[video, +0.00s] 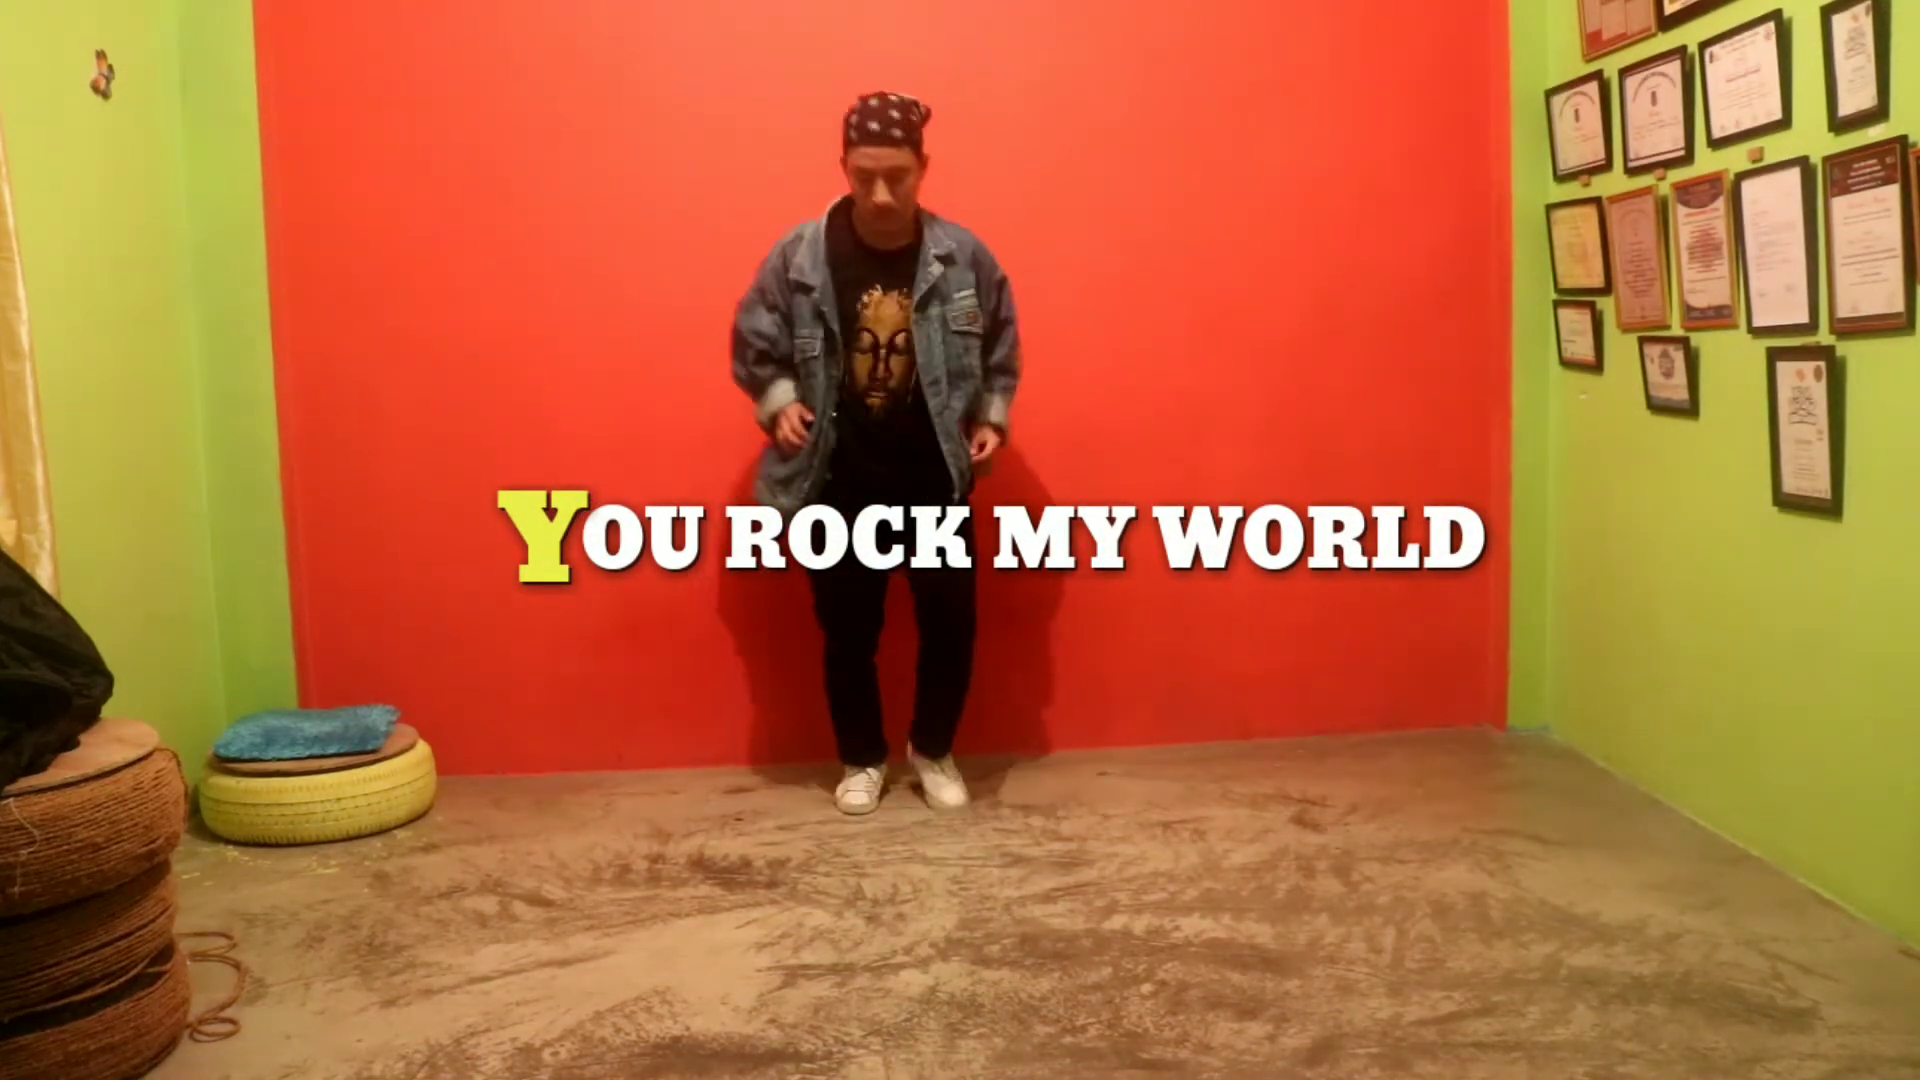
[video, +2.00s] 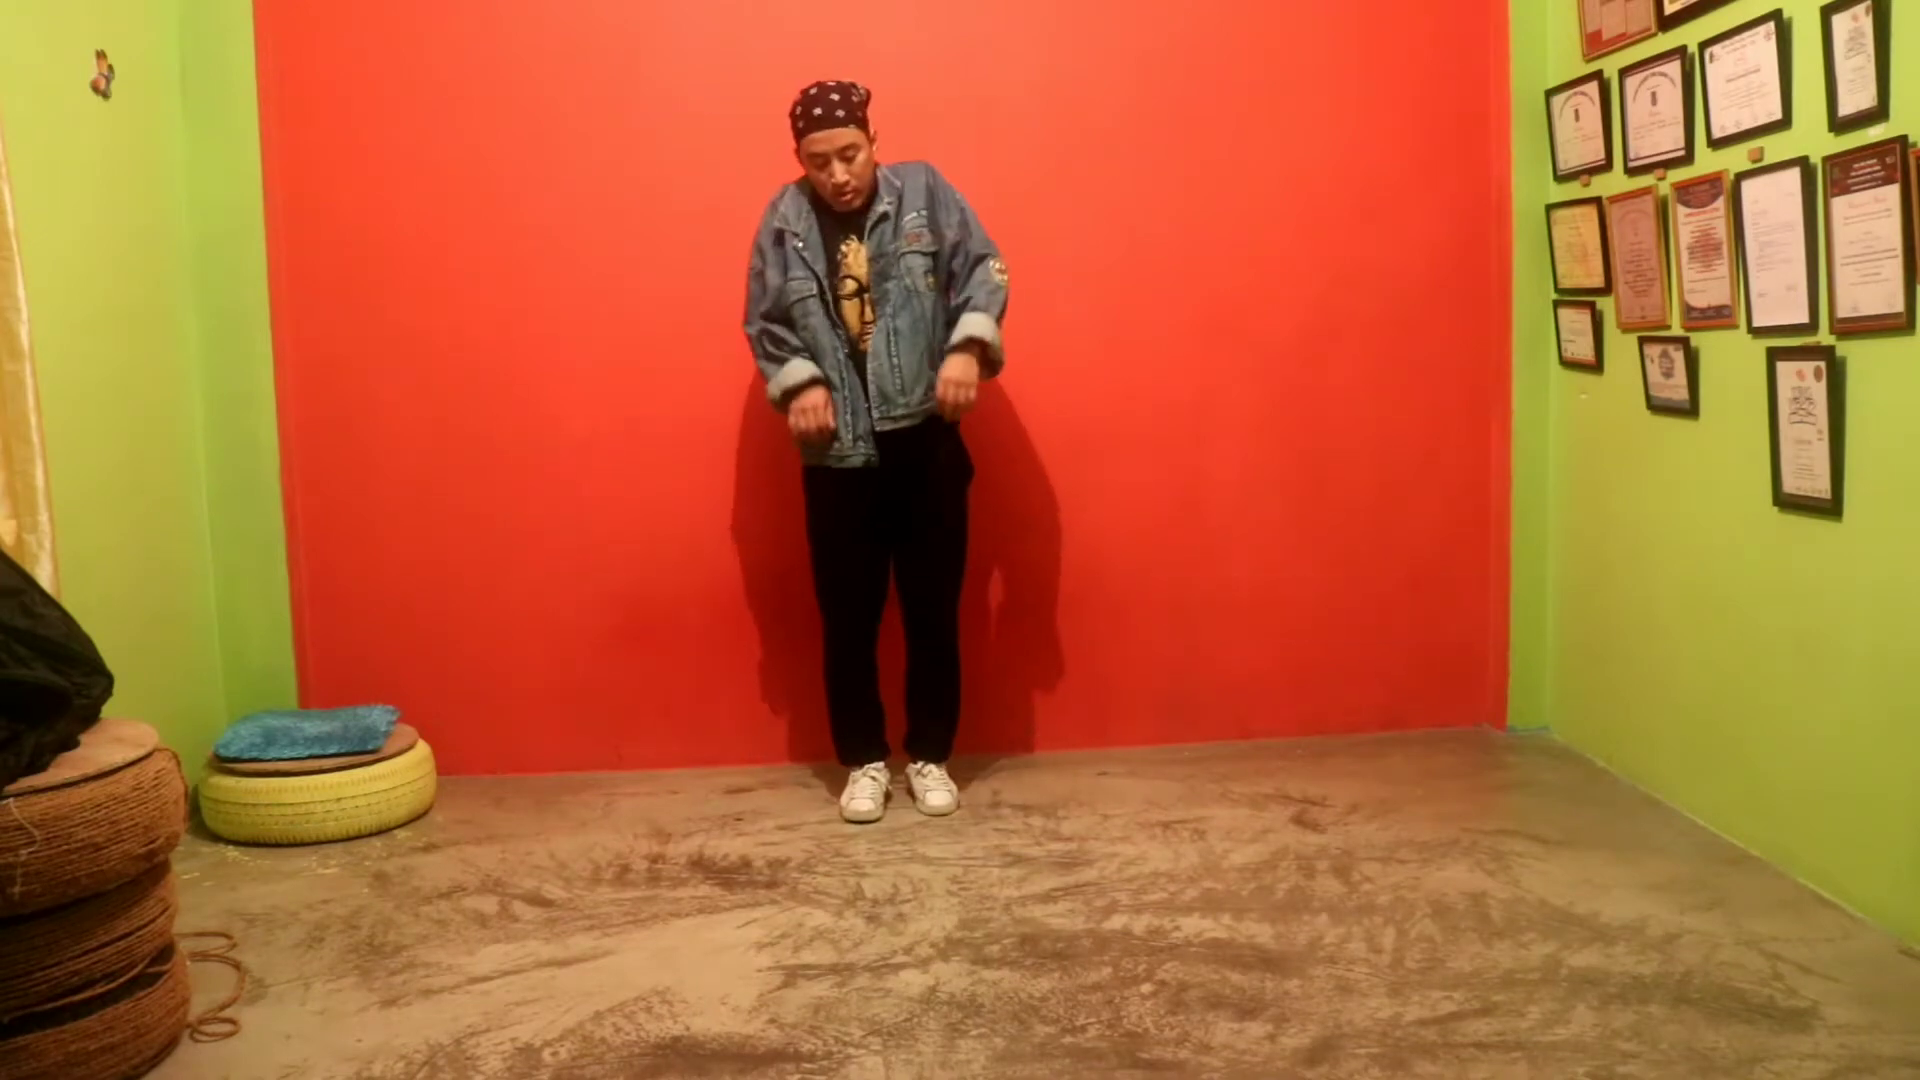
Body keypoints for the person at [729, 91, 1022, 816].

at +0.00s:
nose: (881, 193)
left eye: (896, 176)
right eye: (866, 176)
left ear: (922, 171)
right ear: (846, 172)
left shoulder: (963, 256)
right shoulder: (800, 256)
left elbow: (1001, 342)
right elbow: (754, 338)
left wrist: (991, 413)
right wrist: (777, 400)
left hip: (933, 472)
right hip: (838, 472)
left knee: (950, 619)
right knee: (849, 627)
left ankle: (932, 753)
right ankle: (862, 762)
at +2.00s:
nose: (838, 174)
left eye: (849, 154)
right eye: (821, 161)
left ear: (873, 143)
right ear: (800, 161)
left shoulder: (923, 191)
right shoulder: (783, 223)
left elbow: (982, 272)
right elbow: (767, 321)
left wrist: (965, 350)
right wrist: (799, 383)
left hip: (928, 442)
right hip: (838, 456)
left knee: (933, 610)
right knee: (849, 616)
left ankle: (929, 759)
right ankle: (865, 764)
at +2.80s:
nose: (882, 232)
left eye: (893, 213)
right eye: (864, 218)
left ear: (913, 206)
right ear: (840, 217)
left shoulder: (959, 289)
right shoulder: (803, 305)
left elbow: (1013, 366)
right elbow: (779, 397)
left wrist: (986, 413)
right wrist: (816, 452)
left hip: (943, 502)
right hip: (846, 506)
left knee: (984, 625)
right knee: (811, 629)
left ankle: (929, 760)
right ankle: (855, 760)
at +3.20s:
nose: (878, 299)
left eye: (891, 283)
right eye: (864, 286)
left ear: (911, 266)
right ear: (840, 271)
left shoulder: (947, 297)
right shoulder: (805, 318)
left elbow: (964, 395)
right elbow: (809, 412)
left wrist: (962, 375)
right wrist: (815, 387)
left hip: (937, 514)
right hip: (847, 520)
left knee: (978, 639)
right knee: (828, 647)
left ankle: (927, 764)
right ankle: (858, 768)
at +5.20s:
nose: (878, 204)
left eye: (890, 190)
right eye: (864, 191)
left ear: (912, 173)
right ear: (838, 175)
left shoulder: (954, 221)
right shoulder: (798, 234)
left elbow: (968, 324)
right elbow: (795, 344)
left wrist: (915, 378)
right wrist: (852, 402)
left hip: (929, 458)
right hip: (836, 461)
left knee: (927, 609)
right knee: (847, 610)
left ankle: (920, 756)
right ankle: (861, 760)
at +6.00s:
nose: (837, 206)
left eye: (852, 190)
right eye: (824, 189)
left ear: (885, 175)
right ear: (807, 178)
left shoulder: (946, 231)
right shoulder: (800, 235)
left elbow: (1007, 316)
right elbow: (763, 304)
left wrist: (941, 322)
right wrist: (792, 316)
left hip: (933, 446)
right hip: (842, 447)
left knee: (928, 606)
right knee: (849, 607)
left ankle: (921, 764)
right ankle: (862, 765)